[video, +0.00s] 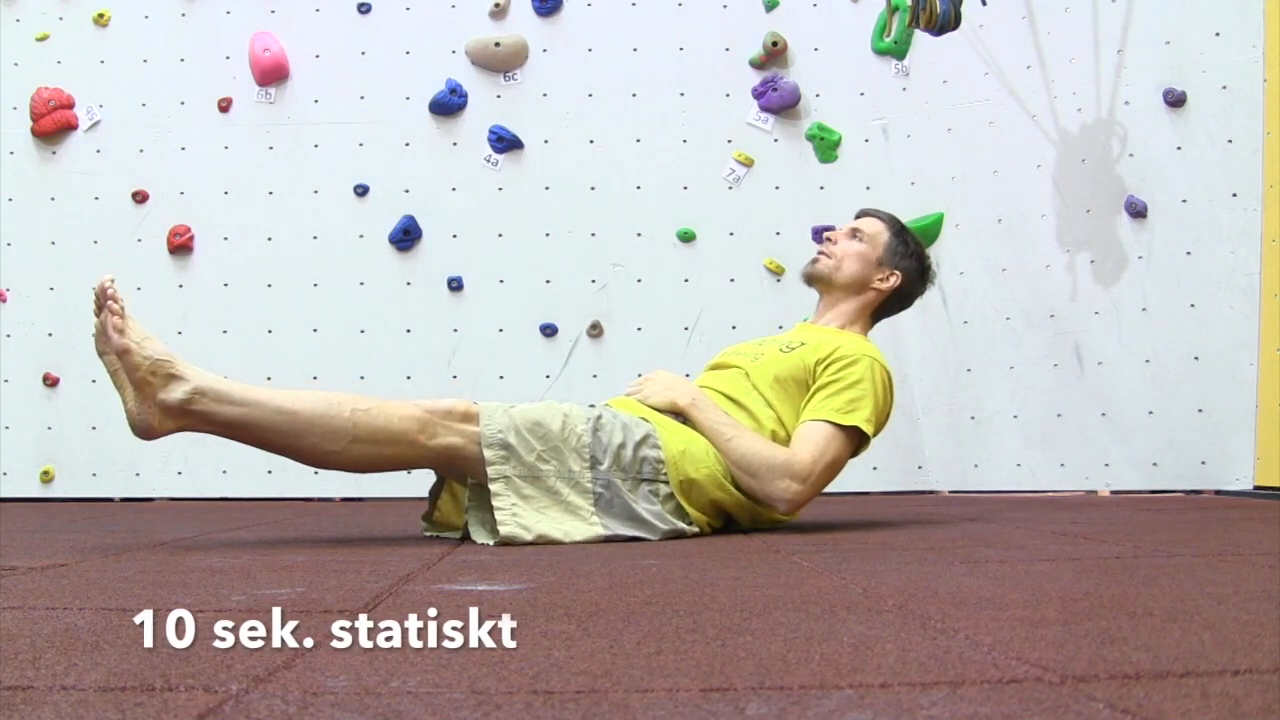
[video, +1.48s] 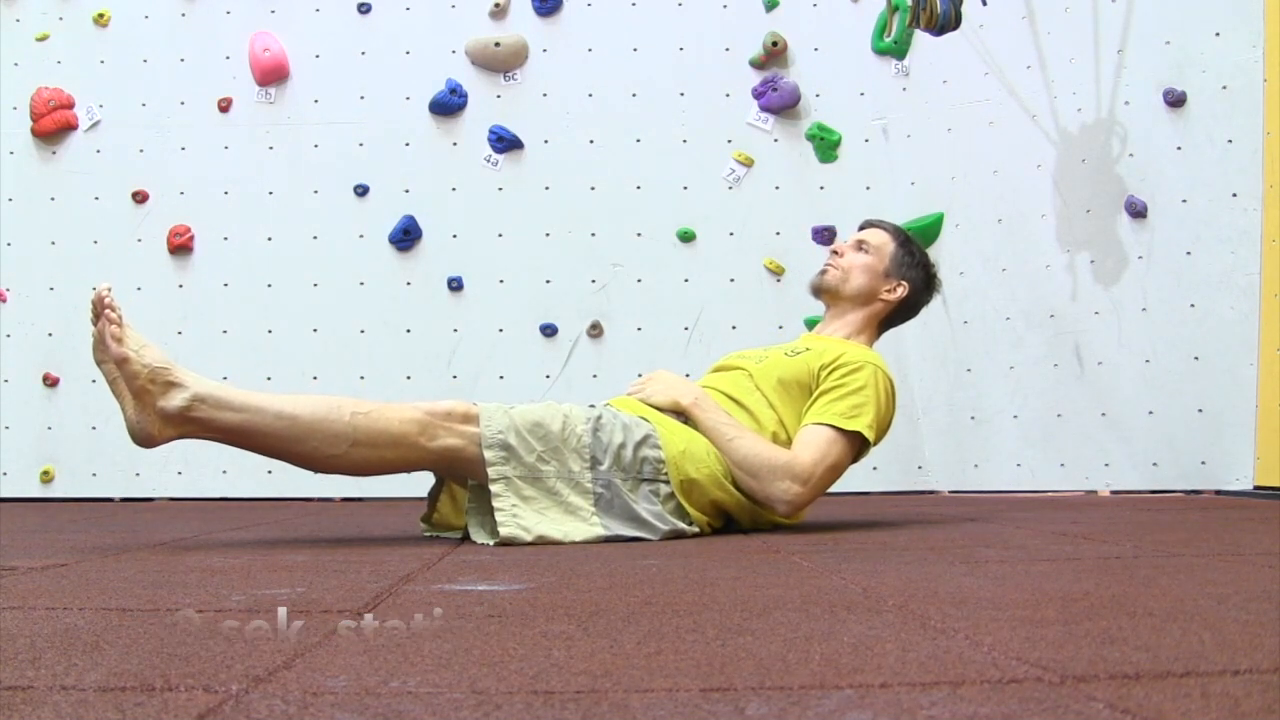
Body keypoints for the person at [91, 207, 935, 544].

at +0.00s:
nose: (826, 237)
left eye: (851, 236)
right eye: (835, 230)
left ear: (887, 282)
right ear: (840, 268)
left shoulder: (856, 362)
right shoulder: (787, 348)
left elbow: (790, 487)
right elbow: (746, 463)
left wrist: (692, 398)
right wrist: (673, 407)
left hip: (668, 459)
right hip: (643, 446)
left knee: (445, 426)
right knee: (432, 427)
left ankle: (178, 395)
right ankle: (178, 397)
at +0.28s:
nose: (830, 241)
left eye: (853, 240)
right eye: (838, 234)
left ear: (886, 284)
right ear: (845, 272)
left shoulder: (858, 365)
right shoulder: (796, 351)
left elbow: (789, 488)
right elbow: (746, 460)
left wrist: (694, 399)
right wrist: (672, 400)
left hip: (664, 461)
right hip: (644, 447)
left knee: (440, 429)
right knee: (431, 431)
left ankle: (176, 402)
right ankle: (177, 405)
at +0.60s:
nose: (833, 242)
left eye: (857, 242)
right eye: (843, 235)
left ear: (887, 286)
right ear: (847, 273)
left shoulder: (858, 367)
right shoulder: (795, 352)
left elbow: (789, 489)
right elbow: (745, 462)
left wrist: (694, 399)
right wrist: (672, 403)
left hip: (662, 459)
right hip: (640, 444)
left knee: (443, 427)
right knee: (432, 429)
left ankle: (178, 398)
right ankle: (180, 399)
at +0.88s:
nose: (834, 245)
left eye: (858, 245)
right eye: (841, 238)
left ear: (889, 289)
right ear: (844, 274)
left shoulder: (858, 368)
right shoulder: (796, 355)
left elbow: (789, 489)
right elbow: (748, 467)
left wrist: (694, 398)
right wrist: (672, 404)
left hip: (661, 460)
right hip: (640, 447)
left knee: (440, 427)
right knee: (428, 431)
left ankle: (178, 398)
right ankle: (179, 399)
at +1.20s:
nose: (833, 247)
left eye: (857, 247)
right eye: (841, 239)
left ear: (889, 292)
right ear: (843, 274)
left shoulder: (859, 368)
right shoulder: (797, 354)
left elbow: (790, 490)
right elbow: (749, 466)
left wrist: (696, 399)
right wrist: (674, 402)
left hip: (663, 460)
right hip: (641, 446)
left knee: (442, 428)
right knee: (429, 431)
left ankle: (177, 400)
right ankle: (178, 403)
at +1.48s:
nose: (837, 249)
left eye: (860, 248)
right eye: (845, 241)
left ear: (892, 292)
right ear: (848, 275)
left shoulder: (860, 370)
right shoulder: (800, 355)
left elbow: (790, 490)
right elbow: (752, 468)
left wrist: (696, 399)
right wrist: (675, 403)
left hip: (660, 460)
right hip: (640, 447)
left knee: (443, 428)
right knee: (430, 433)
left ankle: (177, 402)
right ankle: (177, 406)